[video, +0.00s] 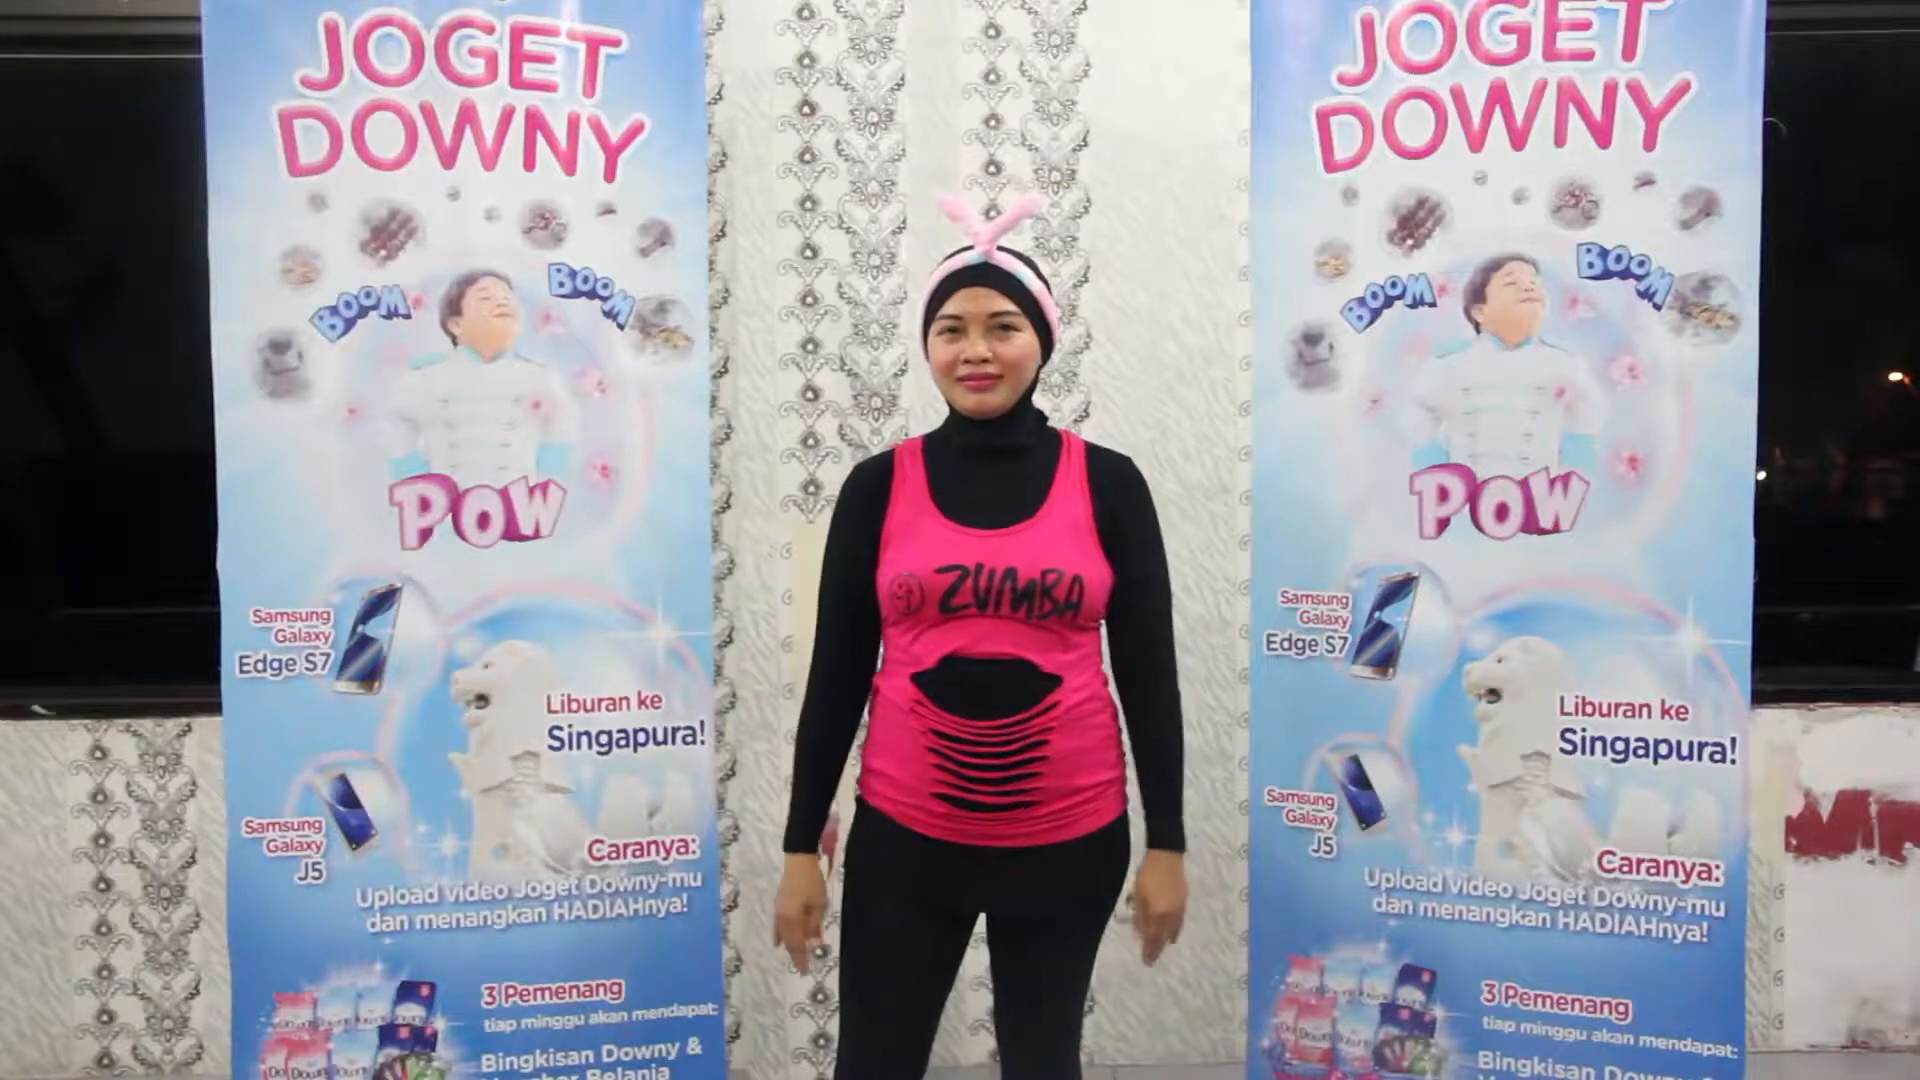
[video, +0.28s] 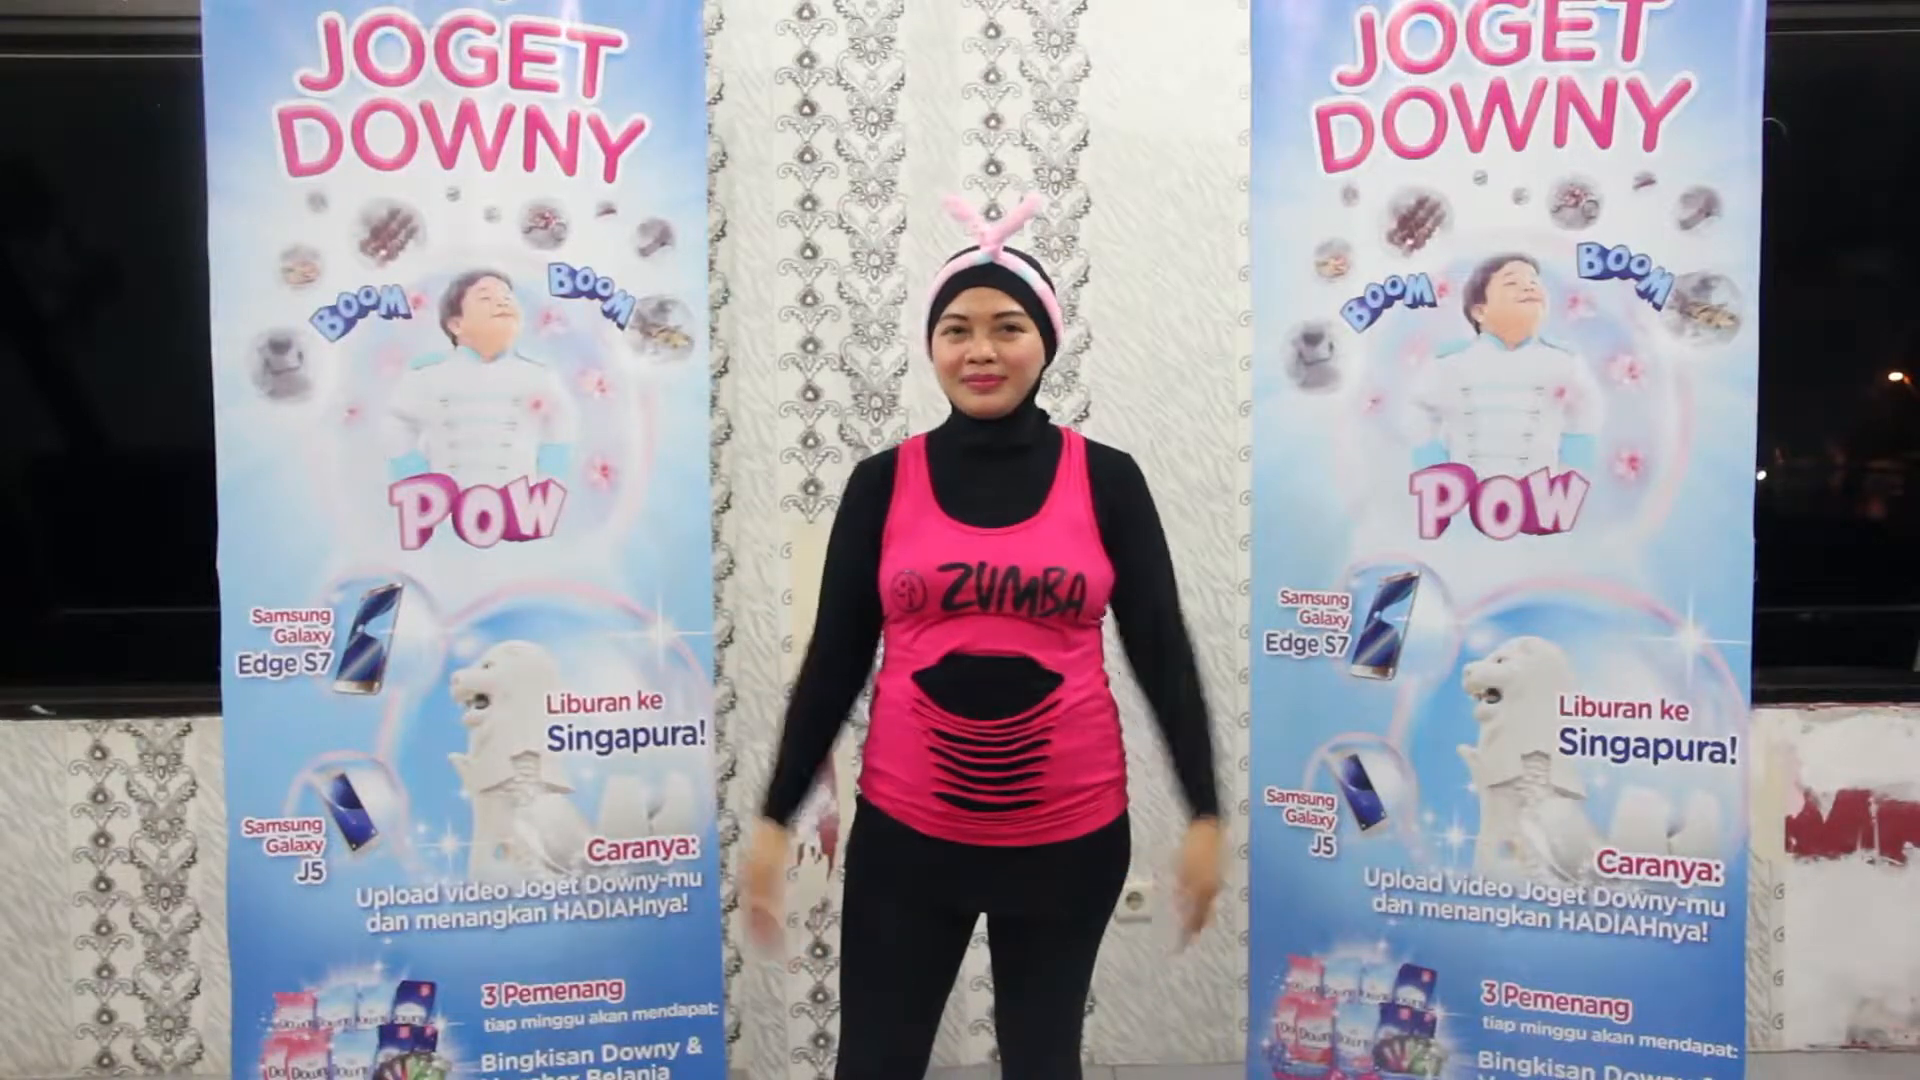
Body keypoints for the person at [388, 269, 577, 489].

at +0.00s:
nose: (502, 302)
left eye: (508, 297)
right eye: (484, 297)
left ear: (518, 315)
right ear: (455, 324)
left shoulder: (538, 378)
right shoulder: (423, 380)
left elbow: (561, 437)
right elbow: (392, 429)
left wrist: (543, 497)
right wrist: (417, 488)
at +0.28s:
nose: (501, 302)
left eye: (507, 296)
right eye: (484, 297)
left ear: (518, 314)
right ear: (454, 324)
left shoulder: (537, 377)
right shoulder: (422, 379)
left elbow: (559, 430)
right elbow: (392, 429)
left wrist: (545, 489)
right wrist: (415, 486)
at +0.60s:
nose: (501, 302)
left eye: (507, 296)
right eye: (484, 297)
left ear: (518, 313)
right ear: (454, 324)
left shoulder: (536, 376)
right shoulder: (422, 378)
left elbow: (559, 431)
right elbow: (393, 430)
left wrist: (544, 489)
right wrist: (415, 487)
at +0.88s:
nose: (503, 301)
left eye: (508, 296)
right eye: (485, 297)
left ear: (519, 314)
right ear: (454, 324)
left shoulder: (538, 377)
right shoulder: (423, 378)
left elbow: (559, 432)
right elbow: (393, 427)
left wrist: (546, 490)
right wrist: (414, 485)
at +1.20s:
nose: (503, 301)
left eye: (508, 296)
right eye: (485, 297)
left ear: (519, 314)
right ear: (454, 324)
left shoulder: (538, 377)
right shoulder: (423, 378)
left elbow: (558, 437)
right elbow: (393, 428)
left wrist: (545, 493)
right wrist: (415, 485)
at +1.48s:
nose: (502, 302)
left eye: (508, 296)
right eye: (484, 298)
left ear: (519, 313)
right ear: (454, 324)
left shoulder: (539, 376)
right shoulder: (424, 378)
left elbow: (558, 438)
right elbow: (390, 424)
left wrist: (545, 492)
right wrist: (413, 482)